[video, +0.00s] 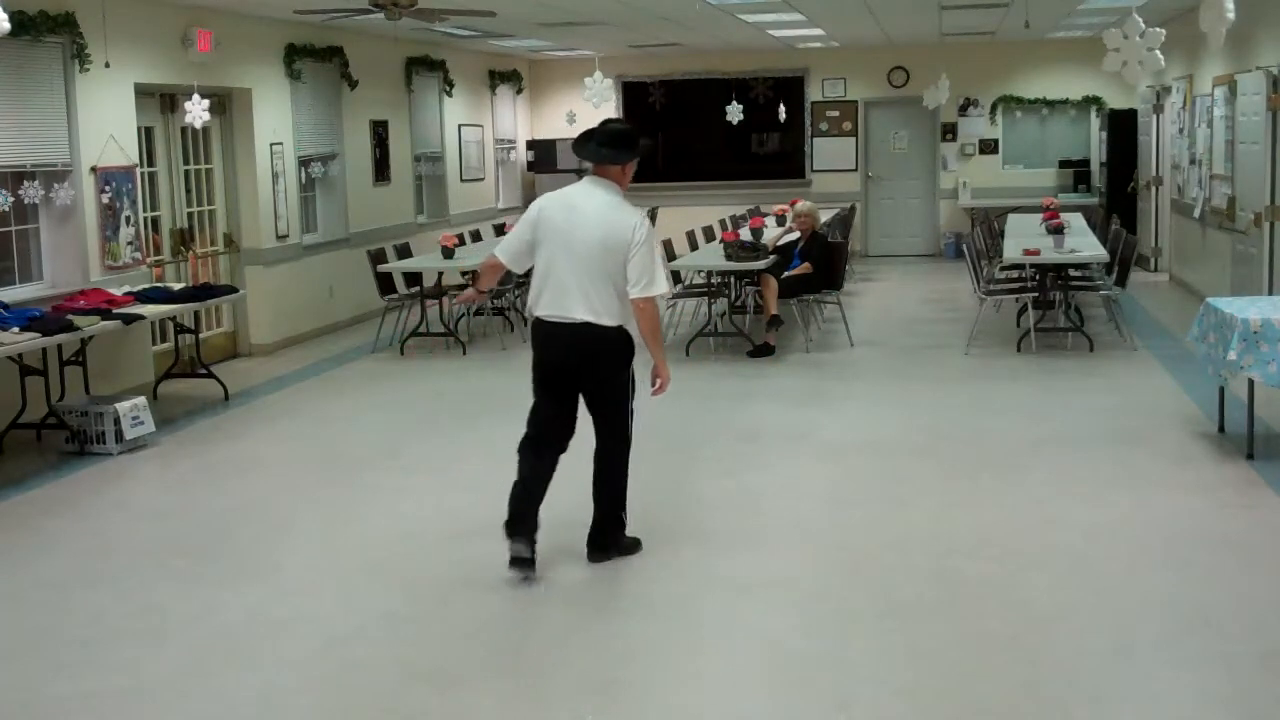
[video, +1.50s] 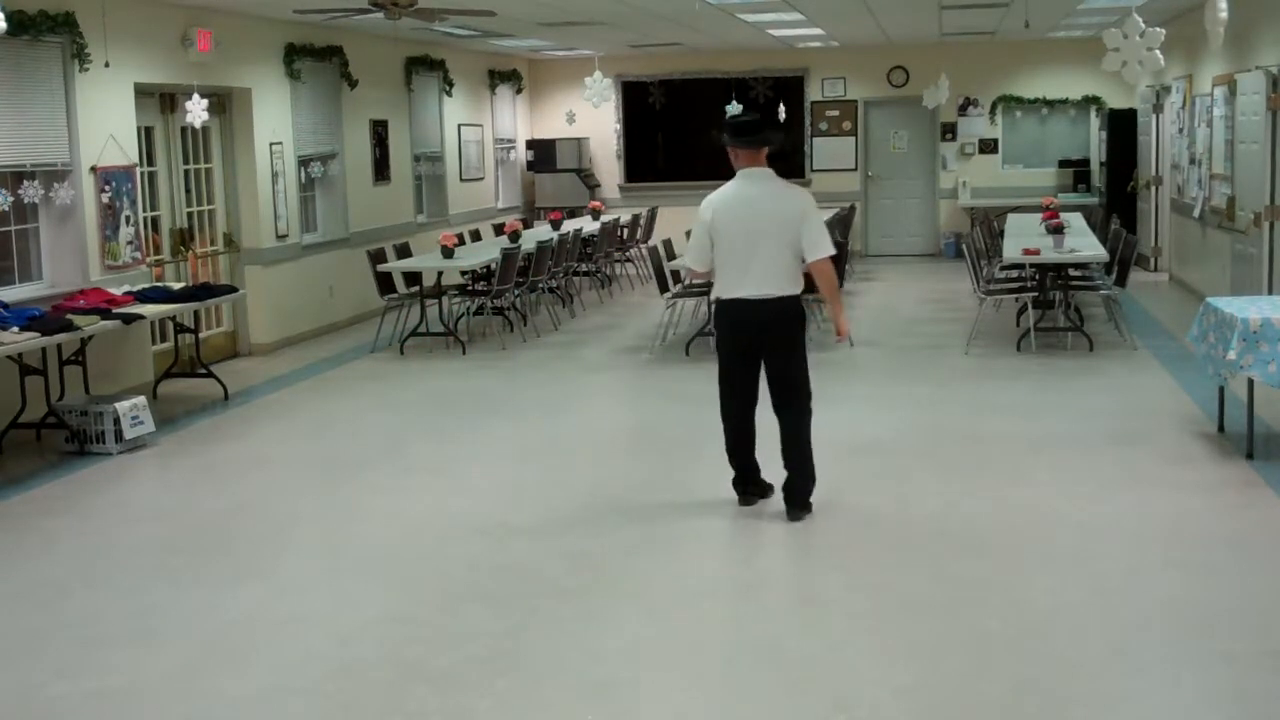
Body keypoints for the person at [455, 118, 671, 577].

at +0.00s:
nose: (633, 172)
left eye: (632, 165)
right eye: (632, 165)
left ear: (587, 162)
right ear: (624, 167)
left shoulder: (547, 205)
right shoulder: (632, 222)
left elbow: (496, 265)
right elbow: (642, 299)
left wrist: (480, 287)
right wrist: (659, 358)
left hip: (549, 339)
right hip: (606, 344)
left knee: (546, 431)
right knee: (613, 440)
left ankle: (520, 530)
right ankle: (606, 536)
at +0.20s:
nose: (654, 168)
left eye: (653, 160)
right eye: (652, 160)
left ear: (611, 160)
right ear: (641, 163)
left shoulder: (569, 201)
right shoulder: (646, 214)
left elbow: (539, 262)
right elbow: (658, 292)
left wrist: (565, 297)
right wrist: (682, 342)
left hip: (573, 334)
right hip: (626, 337)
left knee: (574, 429)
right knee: (649, 421)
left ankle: (569, 534)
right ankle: (618, 512)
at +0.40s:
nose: (678, 170)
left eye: (678, 162)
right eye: (676, 163)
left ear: (635, 165)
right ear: (664, 166)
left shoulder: (607, 207)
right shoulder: (663, 217)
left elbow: (591, 270)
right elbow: (669, 295)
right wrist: (693, 353)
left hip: (607, 335)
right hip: (652, 338)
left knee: (599, 427)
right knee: (682, 425)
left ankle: (572, 526)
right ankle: (691, 510)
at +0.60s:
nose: (705, 155)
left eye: (704, 148)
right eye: (704, 148)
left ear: (665, 149)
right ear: (696, 150)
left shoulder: (640, 194)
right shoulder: (691, 202)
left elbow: (648, 257)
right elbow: (694, 276)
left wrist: (706, 276)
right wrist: (708, 337)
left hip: (644, 314)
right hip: (681, 317)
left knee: (668, 402)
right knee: (699, 416)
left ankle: (635, 475)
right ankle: (691, 508)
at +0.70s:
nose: (716, 152)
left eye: (714, 145)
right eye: (715, 145)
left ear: (677, 148)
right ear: (709, 148)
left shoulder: (656, 193)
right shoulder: (701, 199)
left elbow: (668, 255)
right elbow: (702, 273)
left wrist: (723, 265)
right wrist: (724, 333)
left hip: (660, 313)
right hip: (691, 316)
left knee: (696, 398)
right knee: (708, 408)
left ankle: (685, 484)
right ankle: (691, 507)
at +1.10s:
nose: (746, 152)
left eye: (741, 147)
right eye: (745, 147)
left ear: (710, 151)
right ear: (742, 150)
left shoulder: (694, 196)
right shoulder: (738, 200)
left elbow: (700, 258)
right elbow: (740, 271)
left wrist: (759, 260)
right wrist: (765, 325)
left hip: (711, 309)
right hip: (742, 310)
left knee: (734, 397)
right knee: (785, 392)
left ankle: (749, 479)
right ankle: (724, 463)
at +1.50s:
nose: (731, 156)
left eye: (730, 150)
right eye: (734, 149)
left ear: (731, 152)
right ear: (768, 149)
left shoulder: (715, 203)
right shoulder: (797, 198)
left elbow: (698, 270)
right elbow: (819, 262)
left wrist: (732, 255)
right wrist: (839, 313)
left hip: (733, 317)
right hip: (784, 316)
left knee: (737, 402)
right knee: (793, 404)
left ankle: (747, 483)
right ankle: (798, 499)